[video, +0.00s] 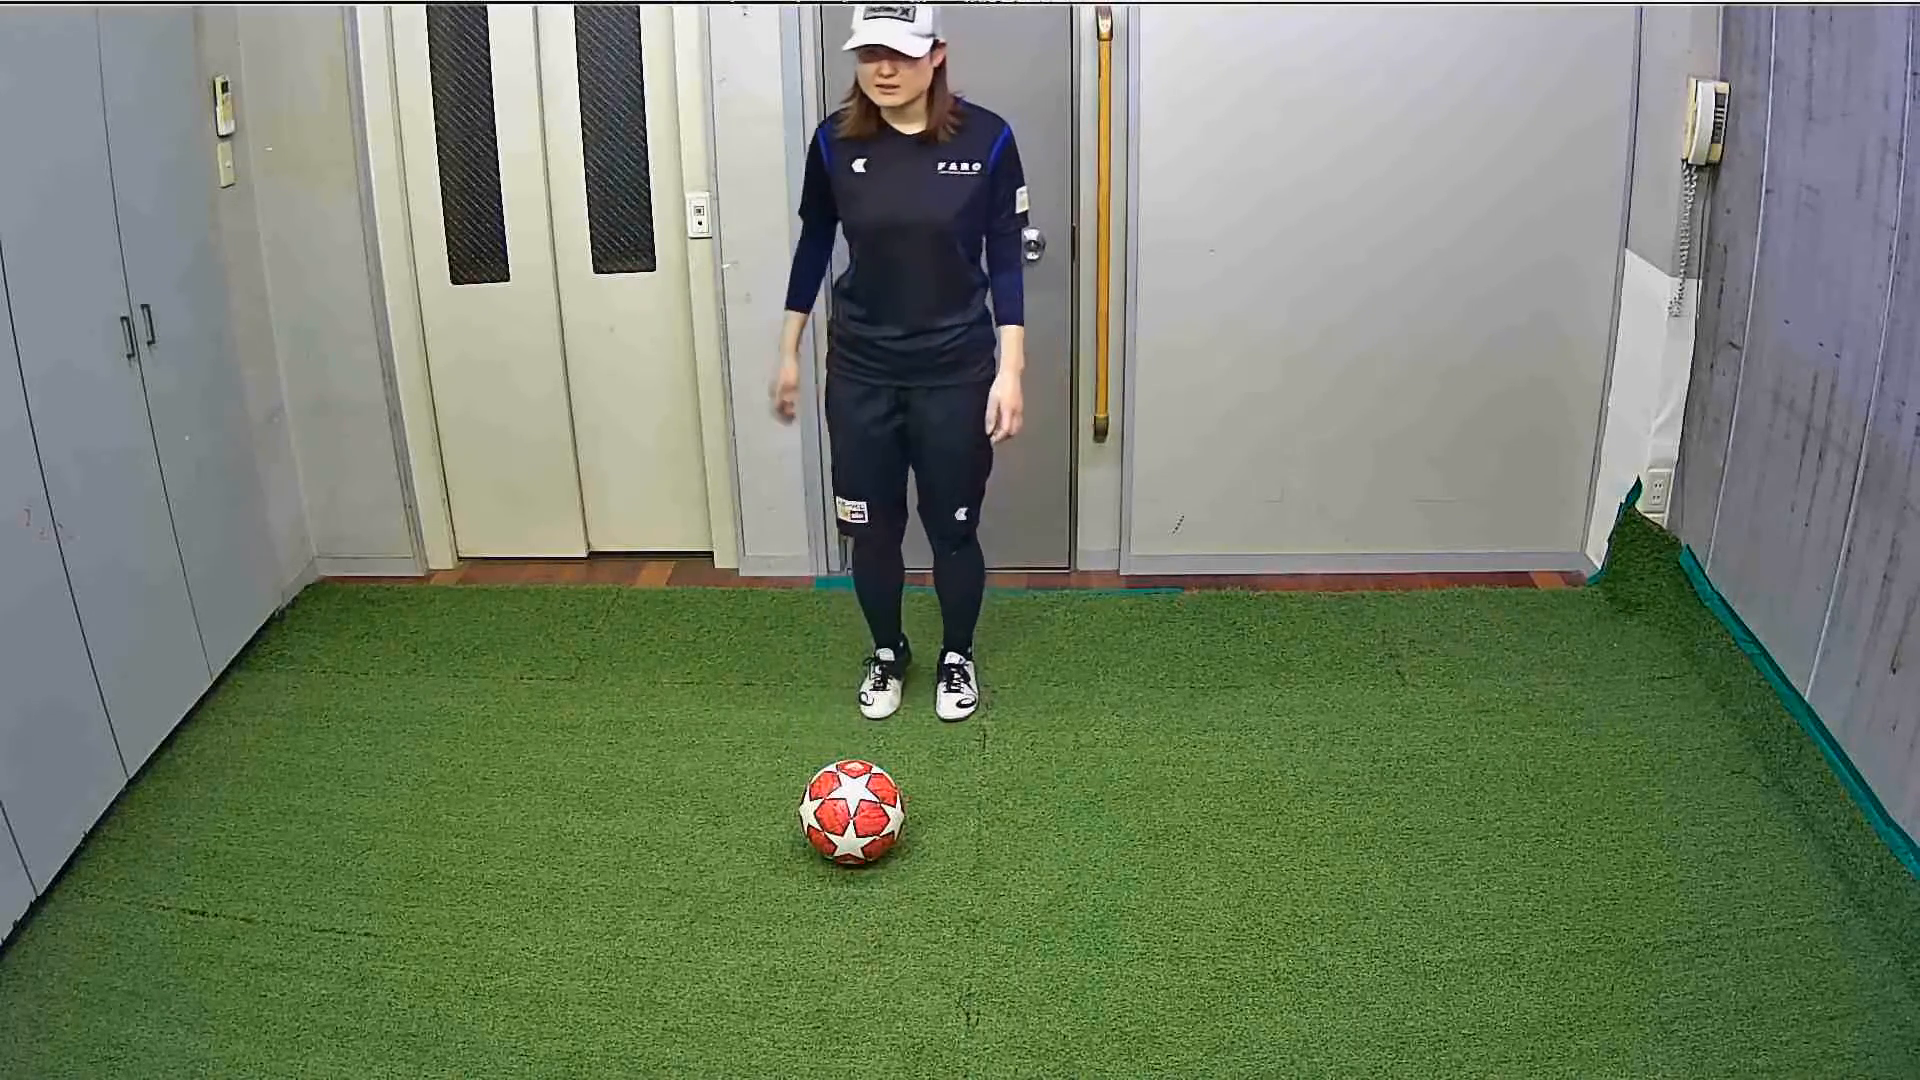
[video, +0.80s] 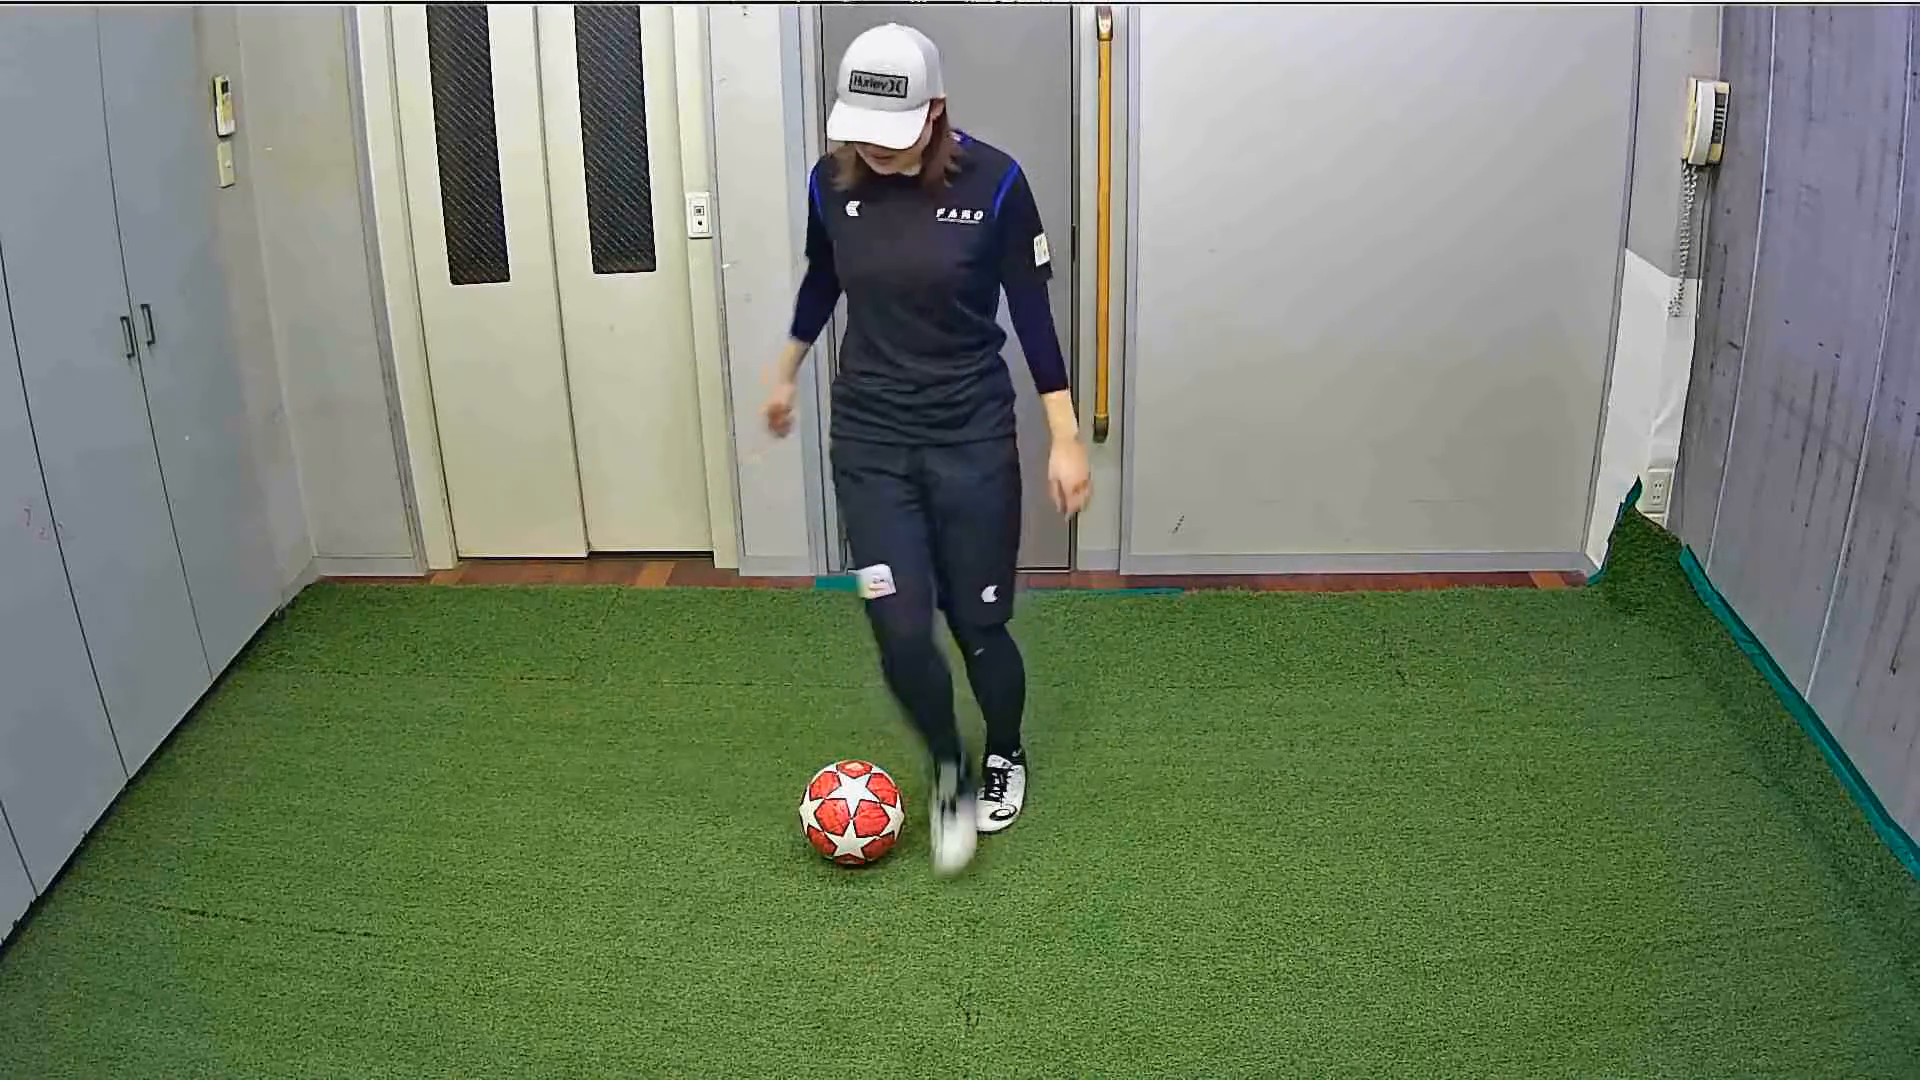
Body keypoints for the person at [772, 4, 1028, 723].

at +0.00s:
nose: (883, 70)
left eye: (900, 56)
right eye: (870, 55)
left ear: (936, 57)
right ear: (856, 61)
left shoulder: (987, 138)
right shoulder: (835, 140)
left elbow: (1006, 257)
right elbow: (814, 241)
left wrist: (1010, 370)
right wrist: (789, 348)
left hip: (954, 367)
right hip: (859, 367)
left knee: (953, 528)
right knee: (867, 526)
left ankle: (956, 659)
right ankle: (887, 655)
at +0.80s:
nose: (878, 143)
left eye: (896, 127)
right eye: (864, 128)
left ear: (934, 108)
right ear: (844, 113)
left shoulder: (995, 181)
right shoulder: (832, 178)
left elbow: (1031, 310)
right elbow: (823, 273)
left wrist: (1065, 433)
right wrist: (785, 369)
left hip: (972, 428)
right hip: (869, 430)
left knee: (979, 622)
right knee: (901, 632)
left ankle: (1003, 760)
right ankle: (948, 769)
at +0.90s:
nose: (870, 140)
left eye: (888, 123)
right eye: (856, 123)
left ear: (929, 108)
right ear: (839, 112)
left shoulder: (990, 189)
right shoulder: (830, 180)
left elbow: (1031, 323)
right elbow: (828, 273)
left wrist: (1051, 444)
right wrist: (803, 362)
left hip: (957, 435)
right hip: (855, 431)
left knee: (968, 623)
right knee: (869, 623)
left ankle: (1001, 759)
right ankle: (877, 813)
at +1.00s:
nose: (846, 127)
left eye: (864, 112)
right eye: (830, 111)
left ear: (903, 106)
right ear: (810, 108)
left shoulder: (963, 184)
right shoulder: (800, 187)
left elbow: (1009, 306)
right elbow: (799, 288)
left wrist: (1011, 420)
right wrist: (782, 391)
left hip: (939, 442)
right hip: (832, 442)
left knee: (960, 626)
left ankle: (997, 758)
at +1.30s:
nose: (750, 120)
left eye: (770, 103)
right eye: (733, 103)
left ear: (811, 103)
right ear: (714, 108)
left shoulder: (870, 186)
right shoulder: (704, 201)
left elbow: (915, 300)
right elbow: (694, 312)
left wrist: (942, 427)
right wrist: (666, 436)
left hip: (846, 446)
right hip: (742, 447)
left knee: (839, 644)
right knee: (738, 626)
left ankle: (930, 722)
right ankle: (741, 770)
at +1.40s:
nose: (721, 123)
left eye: (742, 107)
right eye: (705, 108)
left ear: (779, 108)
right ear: (686, 114)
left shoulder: (844, 185)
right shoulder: (681, 210)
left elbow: (879, 302)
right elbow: (658, 331)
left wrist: (903, 409)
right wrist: (631, 451)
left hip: (829, 451)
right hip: (727, 452)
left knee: (772, 645)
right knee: (726, 630)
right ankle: (742, 769)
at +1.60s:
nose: (714, 122)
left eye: (733, 105)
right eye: (697, 107)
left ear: (769, 106)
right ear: (677, 115)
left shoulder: (835, 181)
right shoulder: (663, 215)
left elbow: (873, 302)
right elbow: (642, 344)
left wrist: (894, 425)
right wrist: (622, 469)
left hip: (831, 445)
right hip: (724, 454)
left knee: (805, 635)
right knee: (733, 632)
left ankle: (800, 836)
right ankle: (743, 770)